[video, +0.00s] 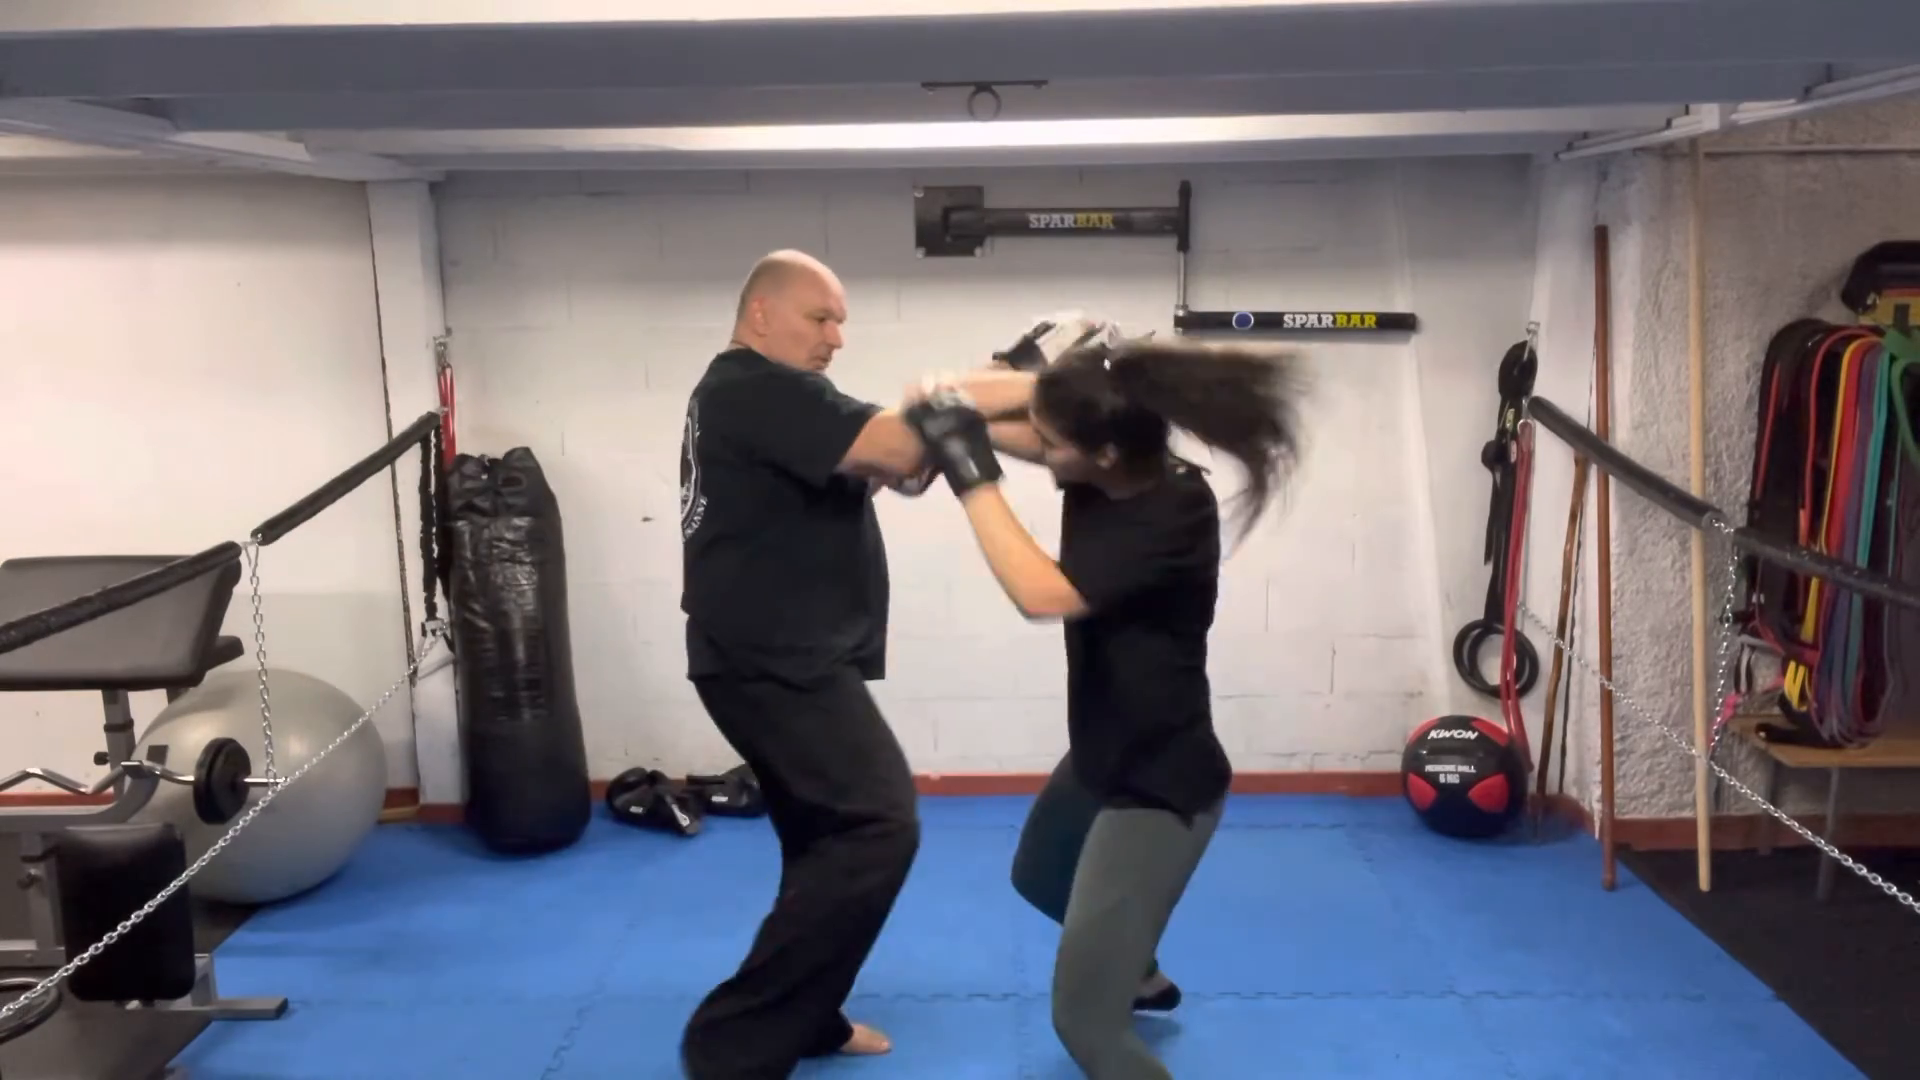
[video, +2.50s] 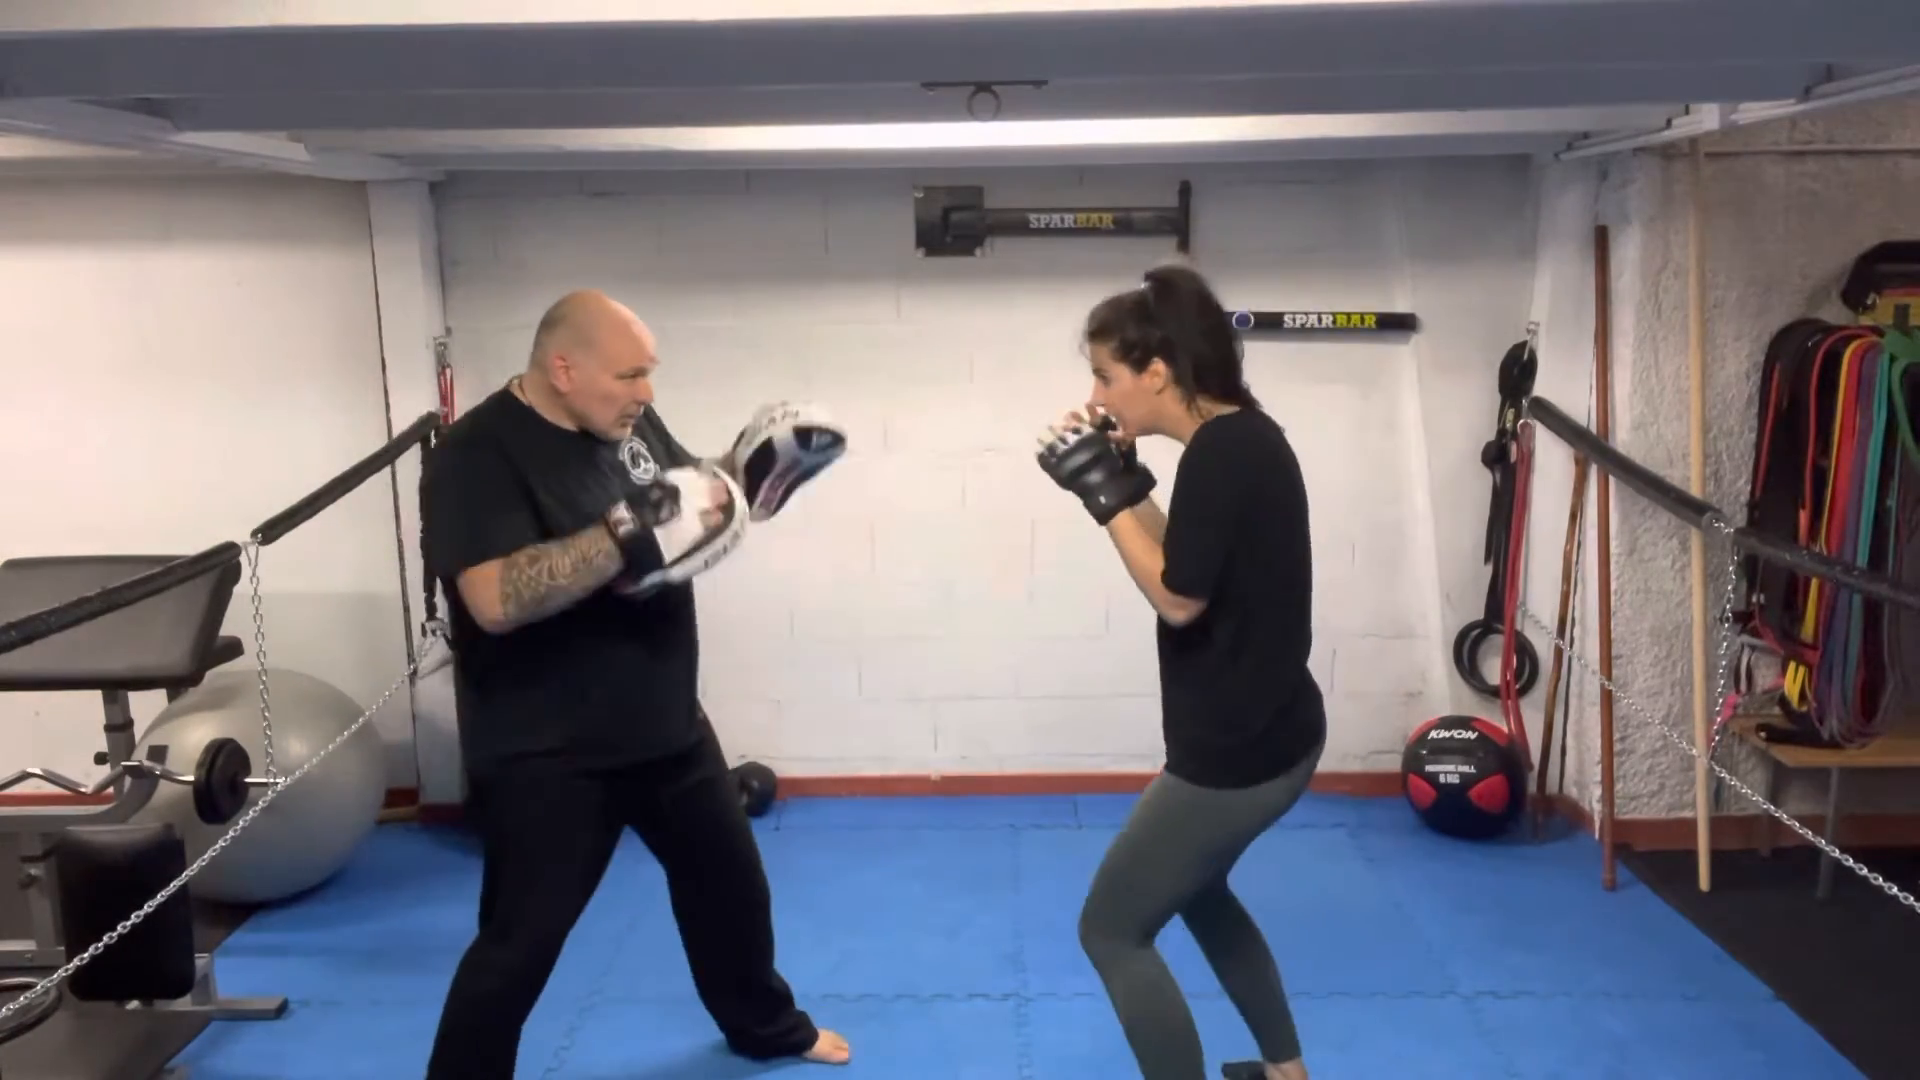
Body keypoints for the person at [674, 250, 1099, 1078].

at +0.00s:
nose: (835, 339)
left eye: (838, 324)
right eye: (820, 321)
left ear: (763, 320)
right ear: (758, 314)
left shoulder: (775, 390)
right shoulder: (754, 389)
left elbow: (906, 465)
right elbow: (894, 446)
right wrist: (1022, 379)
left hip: (784, 661)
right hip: (775, 664)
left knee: (829, 839)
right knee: (878, 828)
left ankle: (804, 1014)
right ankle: (736, 1042)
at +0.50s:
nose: (775, 373)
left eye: (775, 355)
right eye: (762, 354)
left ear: (693, 357)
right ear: (697, 356)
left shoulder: (655, 417)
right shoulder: (703, 454)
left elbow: (803, 422)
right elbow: (749, 630)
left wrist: (872, 333)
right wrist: (804, 716)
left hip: (681, 704)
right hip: (647, 717)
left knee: (761, 872)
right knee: (631, 940)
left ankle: (796, 1024)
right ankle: (548, 1075)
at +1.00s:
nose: (678, 380)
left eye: (680, 360)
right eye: (663, 361)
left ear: (605, 356)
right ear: (594, 353)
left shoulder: (654, 433)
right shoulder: (497, 462)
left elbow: (681, 532)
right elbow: (436, 614)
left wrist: (775, 551)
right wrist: (564, 695)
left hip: (680, 743)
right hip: (570, 762)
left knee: (717, 881)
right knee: (550, 959)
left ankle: (716, 1021)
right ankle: (526, 1070)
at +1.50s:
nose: (743, 395)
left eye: (745, 378)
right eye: (731, 376)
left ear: (677, 367)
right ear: (669, 363)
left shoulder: (688, 438)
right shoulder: (578, 429)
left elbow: (715, 535)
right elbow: (604, 580)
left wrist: (788, 559)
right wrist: (748, 587)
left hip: (660, 717)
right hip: (558, 725)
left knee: (698, 874)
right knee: (529, 913)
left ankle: (713, 1022)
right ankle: (465, 1071)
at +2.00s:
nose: (586, 406)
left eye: (589, 385)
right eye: (570, 385)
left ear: (509, 375)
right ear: (501, 374)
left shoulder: (549, 437)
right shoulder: (420, 472)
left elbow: (594, 543)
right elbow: (503, 607)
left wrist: (676, 485)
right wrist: (617, 501)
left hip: (605, 714)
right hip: (500, 744)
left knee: (677, 863)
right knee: (501, 942)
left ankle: (718, 1021)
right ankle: (455, 1071)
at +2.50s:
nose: (645, 394)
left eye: (647, 375)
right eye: (629, 376)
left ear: (570, 368)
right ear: (561, 367)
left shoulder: (632, 428)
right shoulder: (472, 454)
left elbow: (699, 511)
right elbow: (493, 598)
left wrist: (758, 471)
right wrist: (633, 531)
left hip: (663, 729)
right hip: (544, 751)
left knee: (727, 880)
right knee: (516, 949)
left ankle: (762, 1025)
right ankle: (461, 1076)